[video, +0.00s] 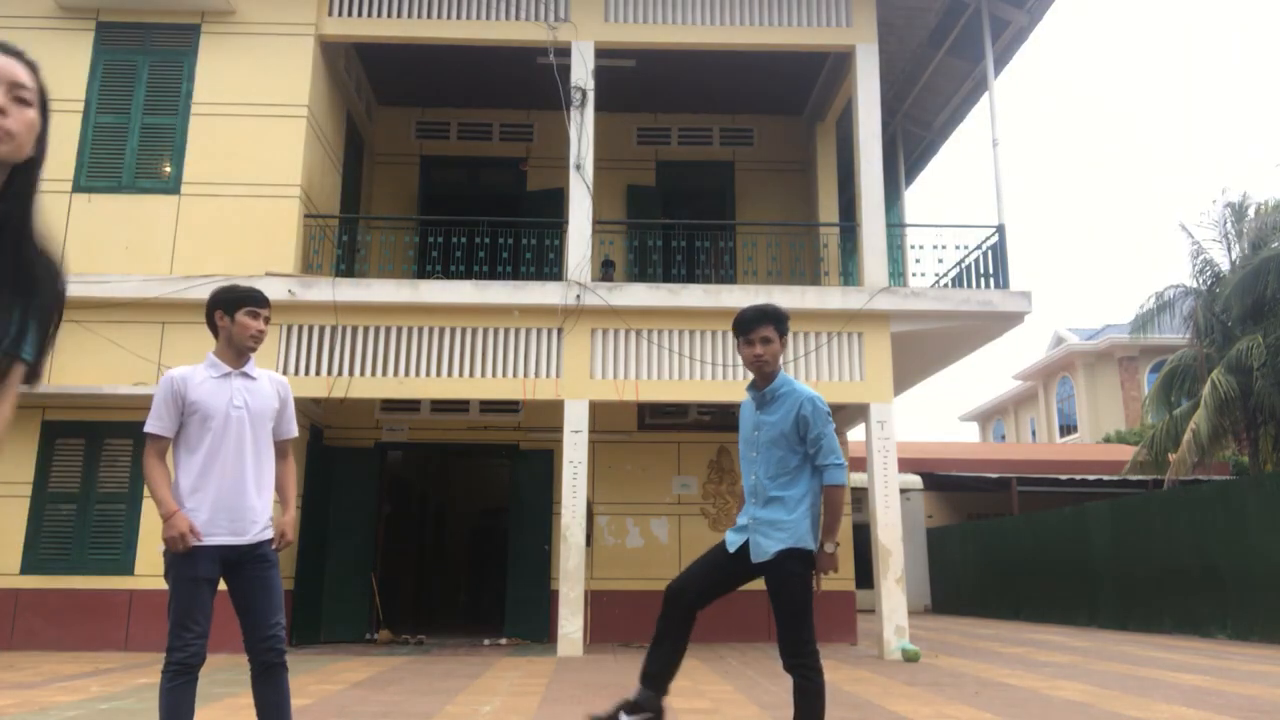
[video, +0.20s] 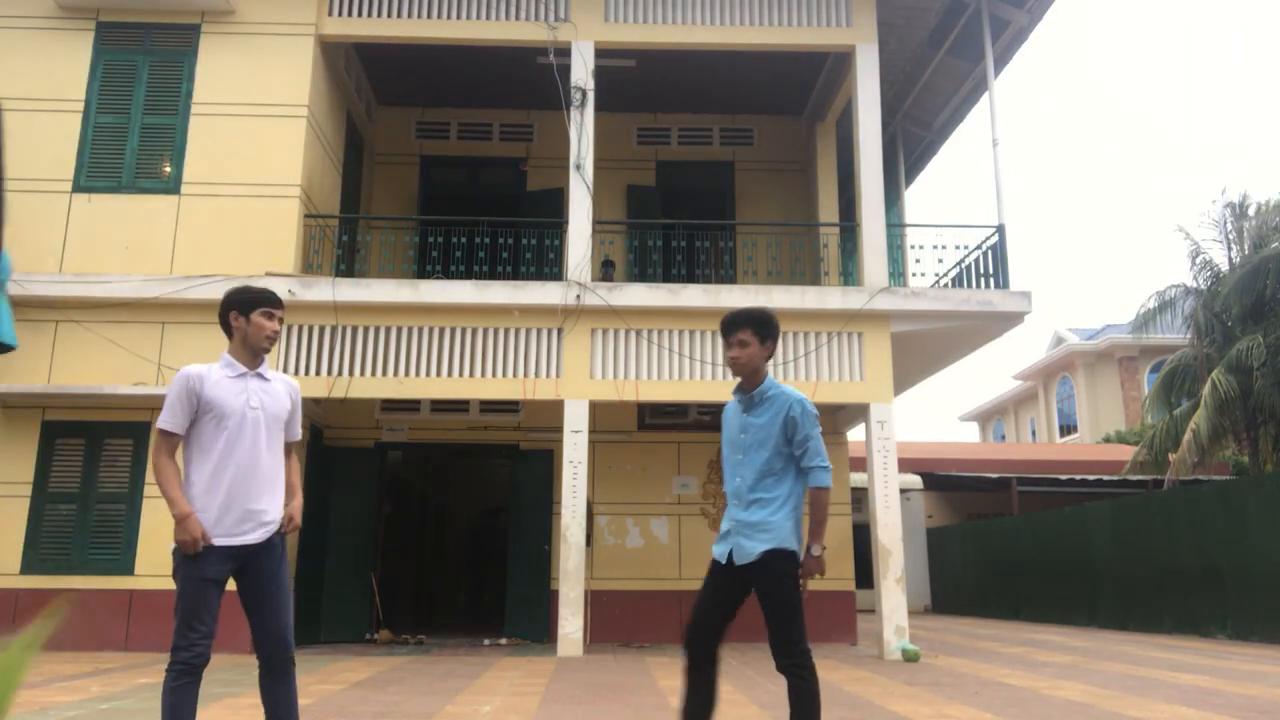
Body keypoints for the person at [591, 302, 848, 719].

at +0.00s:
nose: (756, 351)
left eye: (765, 341)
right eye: (747, 343)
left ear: (783, 344)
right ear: (739, 349)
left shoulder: (806, 404)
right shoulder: (750, 405)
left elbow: (835, 473)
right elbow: (758, 474)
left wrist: (829, 544)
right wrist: (747, 517)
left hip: (791, 541)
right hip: (749, 536)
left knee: (800, 657)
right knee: (680, 595)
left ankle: (810, 719)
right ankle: (648, 701)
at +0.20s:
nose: (731, 354)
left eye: (741, 345)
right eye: (728, 346)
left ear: (768, 348)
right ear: (726, 350)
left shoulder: (793, 405)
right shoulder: (730, 410)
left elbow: (820, 475)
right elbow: (736, 482)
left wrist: (815, 546)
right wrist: (728, 534)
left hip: (775, 548)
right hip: (731, 548)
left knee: (793, 657)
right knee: (699, 641)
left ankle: (806, 718)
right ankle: (695, 717)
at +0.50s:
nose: (687, 350)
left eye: (693, 342)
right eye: (688, 342)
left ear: (719, 346)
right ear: (714, 347)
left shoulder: (754, 403)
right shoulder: (708, 410)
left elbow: (772, 477)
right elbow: (703, 487)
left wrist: (772, 547)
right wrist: (684, 543)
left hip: (739, 553)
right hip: (702, 554)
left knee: (759, 655)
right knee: (704, 657)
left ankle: (790, 717)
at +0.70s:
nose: (673, 354)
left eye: (678, 346)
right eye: (673, 346)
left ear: (703, 349)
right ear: (697, 350)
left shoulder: (734, 403)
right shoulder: (698, 408)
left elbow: (742, 474)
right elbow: (691, 485)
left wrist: (737, 541)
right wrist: (666, 539)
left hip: (717, 545)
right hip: (692, 547)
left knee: (716, 646)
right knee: (701, 652)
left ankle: (768, 717)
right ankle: (706, 719)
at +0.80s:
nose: (668, 355)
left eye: (674, 347)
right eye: (668, 348)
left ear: (699, 349)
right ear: (691, 351)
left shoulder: (728, 402)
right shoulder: (696, 409)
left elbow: (733, 475)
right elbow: (687, 485)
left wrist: (724, 540)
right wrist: (664, 539)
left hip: (711, 543)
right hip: (692, 544)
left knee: (695, 642)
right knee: (703, 647)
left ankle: (752, 715)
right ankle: (706, 716)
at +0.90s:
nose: (665, 356)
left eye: (672, 348)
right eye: (666, 349)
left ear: (697, 351)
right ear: (692, 353)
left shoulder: (722, 402)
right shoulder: (696, 408)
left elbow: (726, 476)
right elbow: (686, 485)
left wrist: (716, 540)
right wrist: (665, 543)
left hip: (709, 543)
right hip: (693, 543)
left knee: (682, 640)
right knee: (703, 648)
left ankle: (730, 715)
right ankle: (706, 716)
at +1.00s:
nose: (665, 356)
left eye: (671, 348)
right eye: (665, 348)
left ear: (696, 350)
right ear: (690, 353)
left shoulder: (720, 402)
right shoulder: (695, 406)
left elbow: (710, 474)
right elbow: (687, 480)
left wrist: (699, 535)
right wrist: (669, 538)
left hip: (709, 542)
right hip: (692, 542)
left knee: (678, 641)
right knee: (701, 647)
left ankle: (705, 713)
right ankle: (707, 714)